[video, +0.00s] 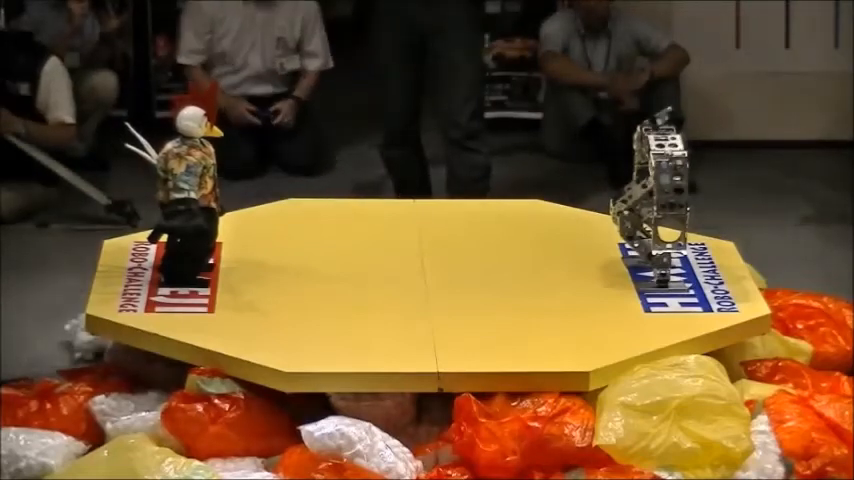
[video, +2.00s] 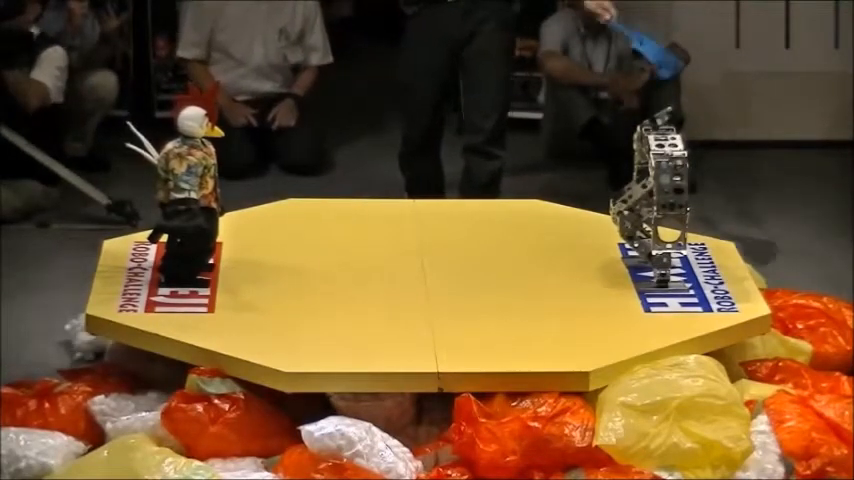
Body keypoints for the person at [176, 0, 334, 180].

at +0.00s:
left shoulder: (303, 6)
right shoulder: (204, 6)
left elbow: (315, 61)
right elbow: (191, 65)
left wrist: (295, 101)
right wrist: (226, 104)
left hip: (284, 97)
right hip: (231, 100)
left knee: (307, 162)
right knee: (238, 166)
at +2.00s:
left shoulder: (304, 5)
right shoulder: (204, 5)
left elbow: (313, 61)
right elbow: (192, 59)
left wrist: (292, 100)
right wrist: (227, 105)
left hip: (281, 99)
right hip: (229, 102)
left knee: (305, 160)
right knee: (237, 164)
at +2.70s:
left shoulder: (302, 5)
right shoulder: (202, 5)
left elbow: (312, 61)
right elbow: (191, 60)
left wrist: (292, 100)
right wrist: (227, 106)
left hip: (281, 99)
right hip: (228, 102)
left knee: (306, 160)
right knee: (237, 163)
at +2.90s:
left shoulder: (302, 5)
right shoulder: (202, 5)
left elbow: (312, 61)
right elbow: (191, 60)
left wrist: (291, 101)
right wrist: (226, 105)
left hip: (281, 98)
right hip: (228, 102)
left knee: (306, 160)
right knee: (237, 163)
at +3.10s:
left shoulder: (302, 5)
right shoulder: (202, 5)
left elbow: (312, 61)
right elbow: (191, 60)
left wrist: (292, 100)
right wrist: (226, 105)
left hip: (281, 98)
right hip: (228, 102)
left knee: (306, 160)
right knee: (237, 163)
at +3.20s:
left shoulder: (302, 5)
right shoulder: (202, 5)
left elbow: (312, 61)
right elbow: (191, 60)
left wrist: (292, 100)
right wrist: (226, 105)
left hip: (281, 98)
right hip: (228, 102)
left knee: (306, 160)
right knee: (237, 163)